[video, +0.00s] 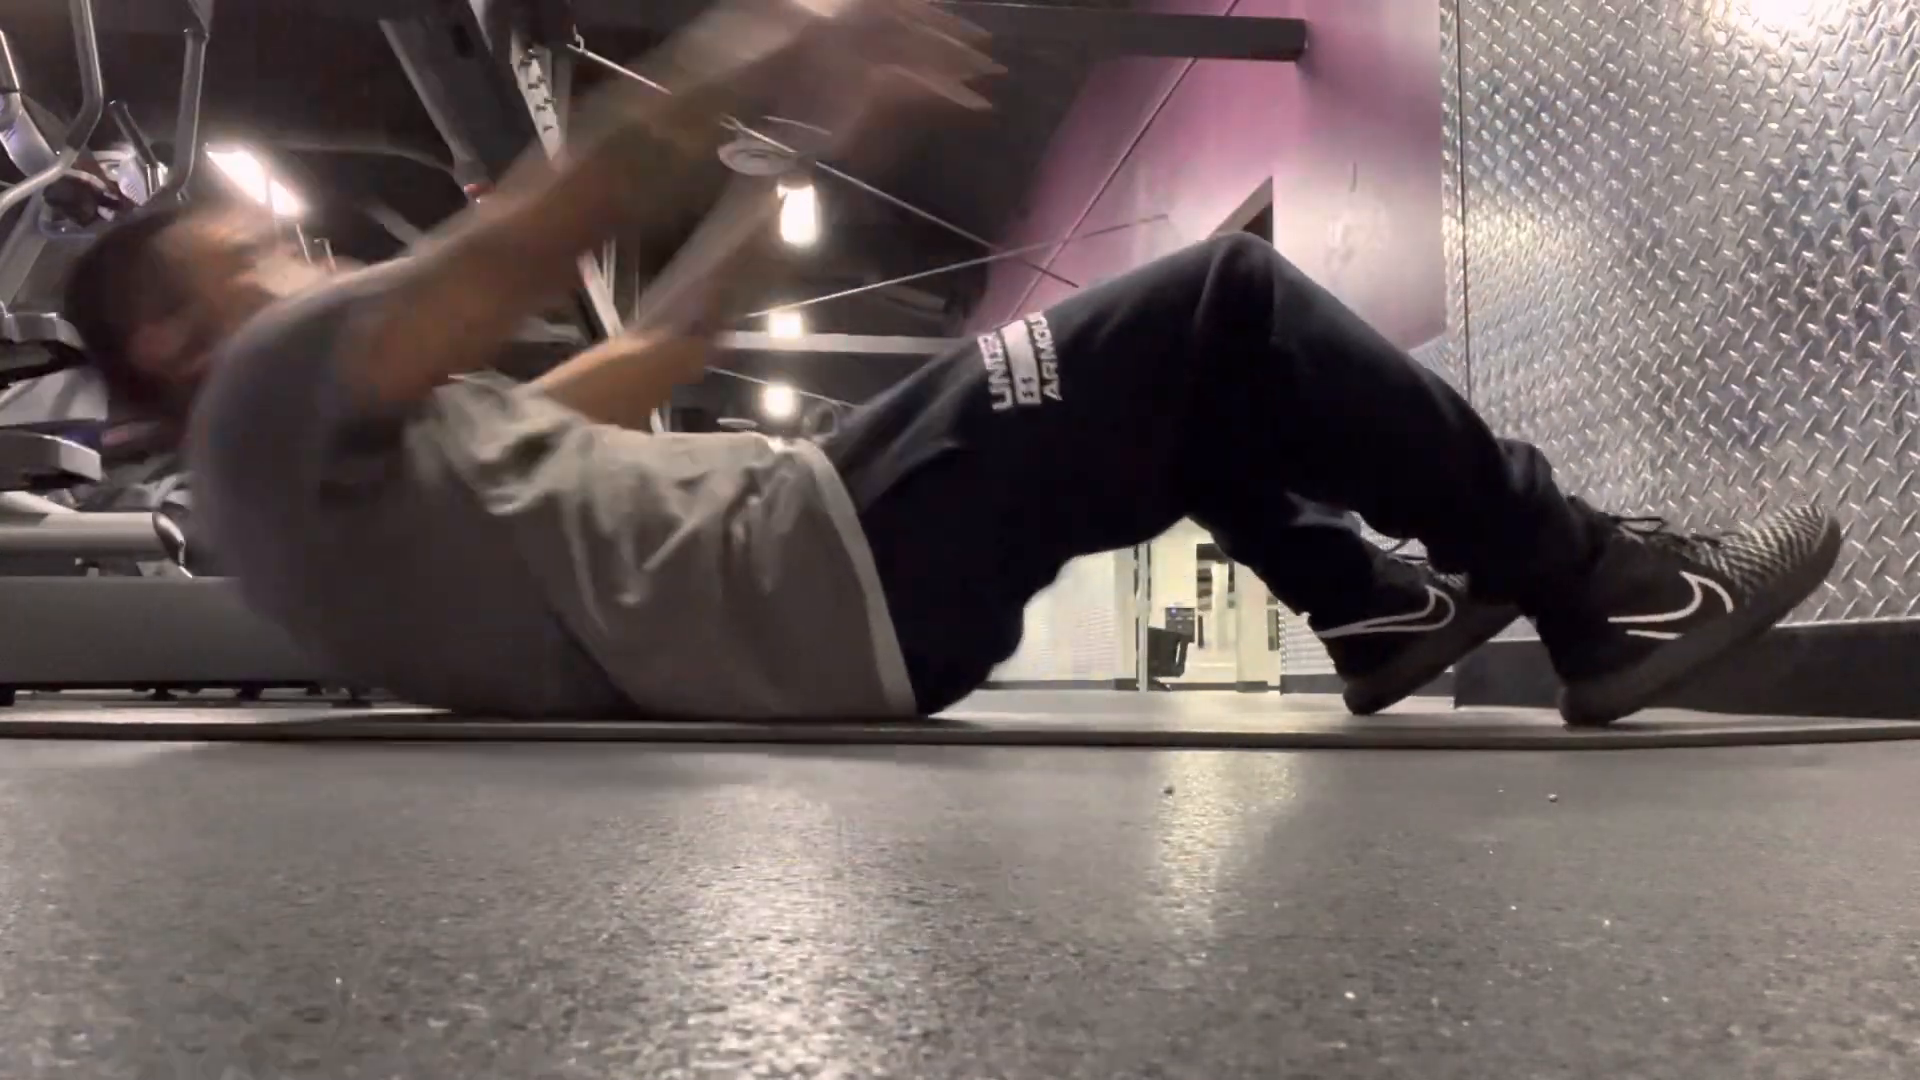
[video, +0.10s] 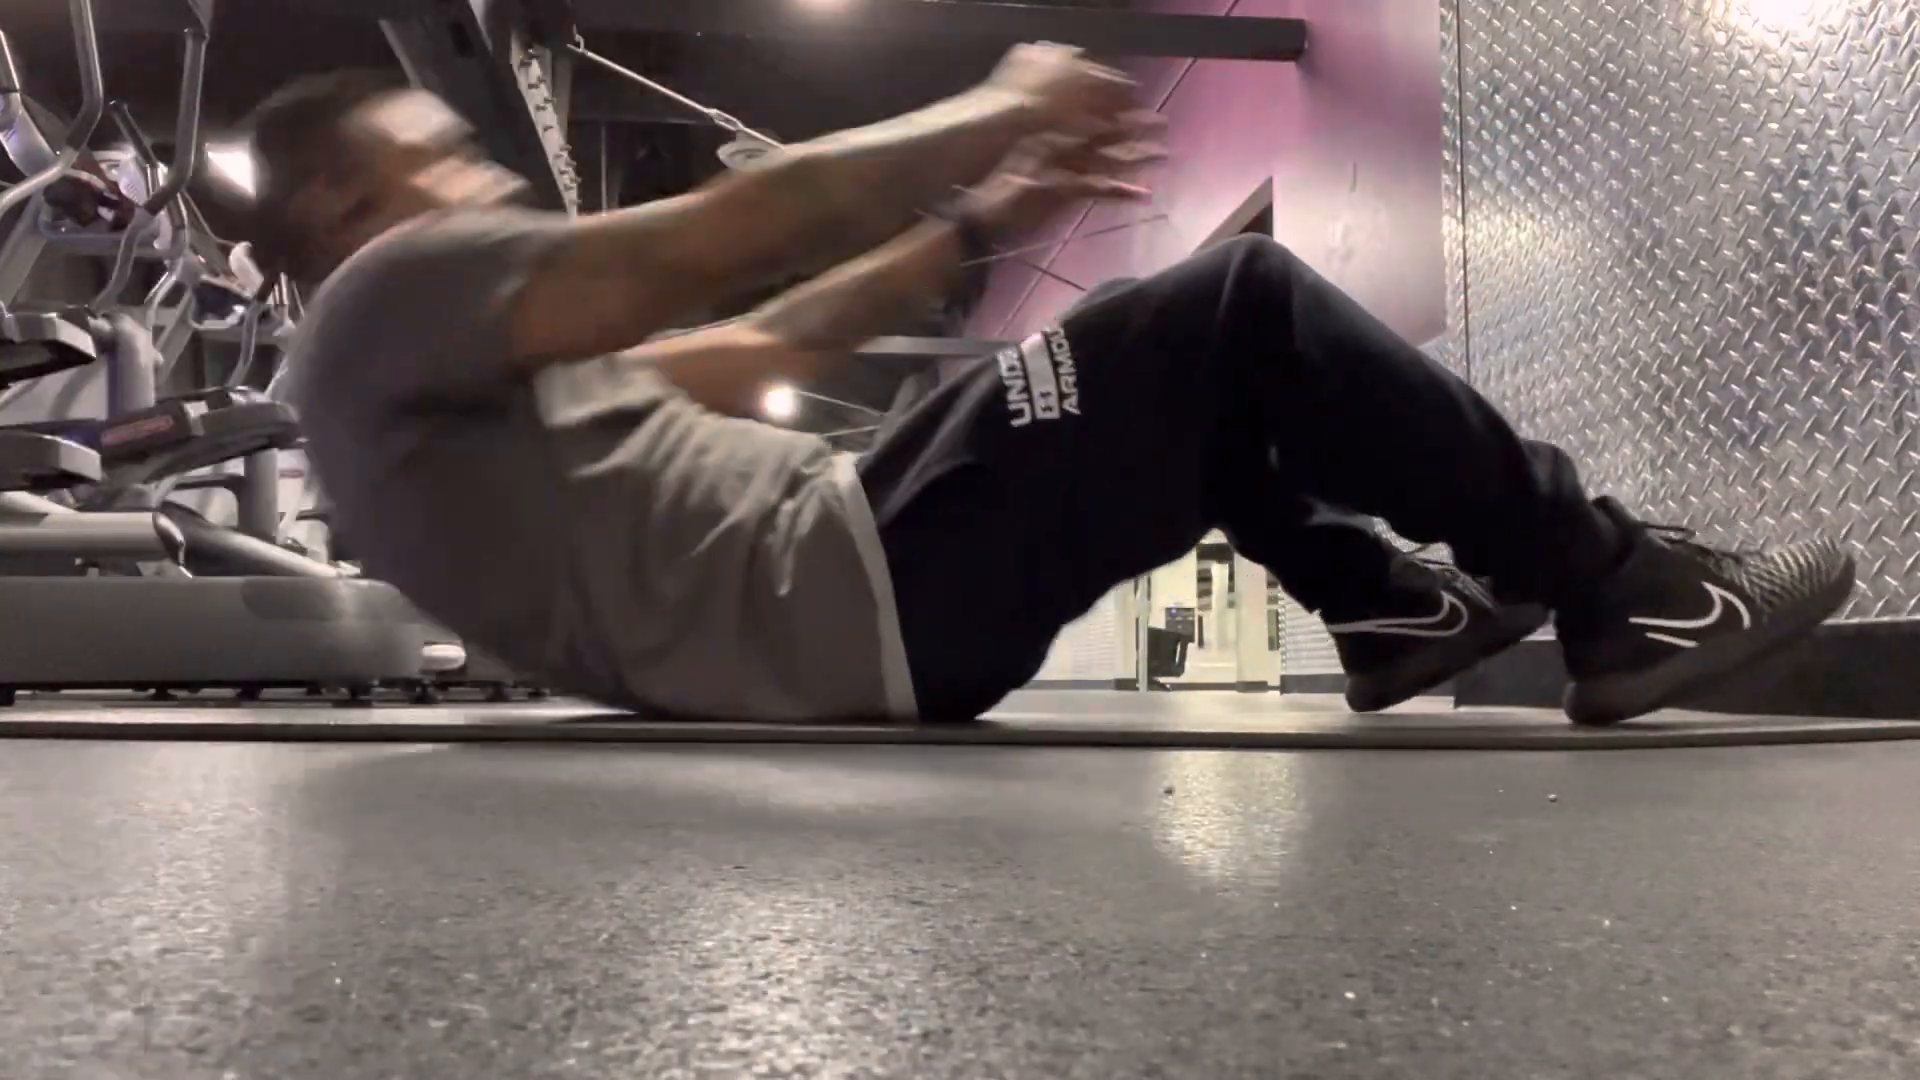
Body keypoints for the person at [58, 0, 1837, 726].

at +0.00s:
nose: (302, 236)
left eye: (281, 223)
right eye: (242, 238)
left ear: (288, 280)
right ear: (151, 356)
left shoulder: (377, 443)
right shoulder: (254, 417)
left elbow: (626, 371)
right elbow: (522, 229)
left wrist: (768, 188)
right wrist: (759, 70)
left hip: (785, 560)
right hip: (807, 597)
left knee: (1141, 361)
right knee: (1220, 305)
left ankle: (1389, 613)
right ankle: (1612, 594)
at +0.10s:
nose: (496, 180)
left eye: (475, 156)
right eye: (446, 163)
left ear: (354, 211)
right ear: (343, 209)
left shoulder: (463, 358)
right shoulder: (378, 308)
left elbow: (754, 356)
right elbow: (706, 236)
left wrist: (976, 220)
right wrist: (986, 118)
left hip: (848, 543)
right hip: (855, 586)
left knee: (1178, 351)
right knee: (1240, 300)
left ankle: (1396, 613)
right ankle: (1630, 588)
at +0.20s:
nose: (647, 93)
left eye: (635, 67)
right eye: (609, 63)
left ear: (481, 96)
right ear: (485, 81)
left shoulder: (537, 260)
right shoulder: (510, 194)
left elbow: (862, 336)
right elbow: (860, 198)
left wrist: (1090, 227)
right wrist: (1137, 118)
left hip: (876, 575)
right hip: (888, 606)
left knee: (1182, 298)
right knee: (1243, 293)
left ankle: (1420, 605)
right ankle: (1638, 591)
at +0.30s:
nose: (809, 43)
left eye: (796, 26)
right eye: (779, 18)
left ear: (637, 29)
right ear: (673, 9)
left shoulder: (649, 229)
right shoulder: (644, 130)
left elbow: (951, 346)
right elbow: (1023, 156)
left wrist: (1189, 220)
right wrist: (1288, 77)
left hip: (902, 601)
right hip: (912, 599)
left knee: (1215, 314)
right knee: (1264, 281)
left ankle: (1428, 603)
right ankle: (1642, 572)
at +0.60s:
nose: (1267, 116)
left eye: (1272, 89)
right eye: (1256, 79)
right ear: (1187, 44)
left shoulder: (1078, 187)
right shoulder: (1069, 62)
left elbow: (1104, 386)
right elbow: (988, 187)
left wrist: (1225, 258)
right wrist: (1353, 22)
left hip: (983, 622)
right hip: (1002, 612)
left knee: (1239, 356)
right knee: (1338, 279)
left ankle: (1451, 625)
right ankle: (1698, 608)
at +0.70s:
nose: (1311, 85)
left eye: (1319, 66)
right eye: (1303, 60)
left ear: (1216, 26)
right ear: (1241, 35)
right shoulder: (1122, 74)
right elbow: (982, 226)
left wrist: (1258, 240)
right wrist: (1295, 98)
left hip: (1013, 620)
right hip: (1038, 615)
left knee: (1252, 359)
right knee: (1363, 273)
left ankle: (1457, 626)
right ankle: (1698, 608)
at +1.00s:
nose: (844, 37)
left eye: (831, 17)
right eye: (808, 14)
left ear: (697, 61)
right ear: (716, 45)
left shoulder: (718, 214)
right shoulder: (737, 183)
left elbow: (1020, 377)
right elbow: (1110, 271)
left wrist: (1245, 257)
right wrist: (1428, 197)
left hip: (1001, 587)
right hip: (1014, 629)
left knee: (1275, 329)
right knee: (1354, 297)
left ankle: (1470, 628)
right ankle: (1688, 615)